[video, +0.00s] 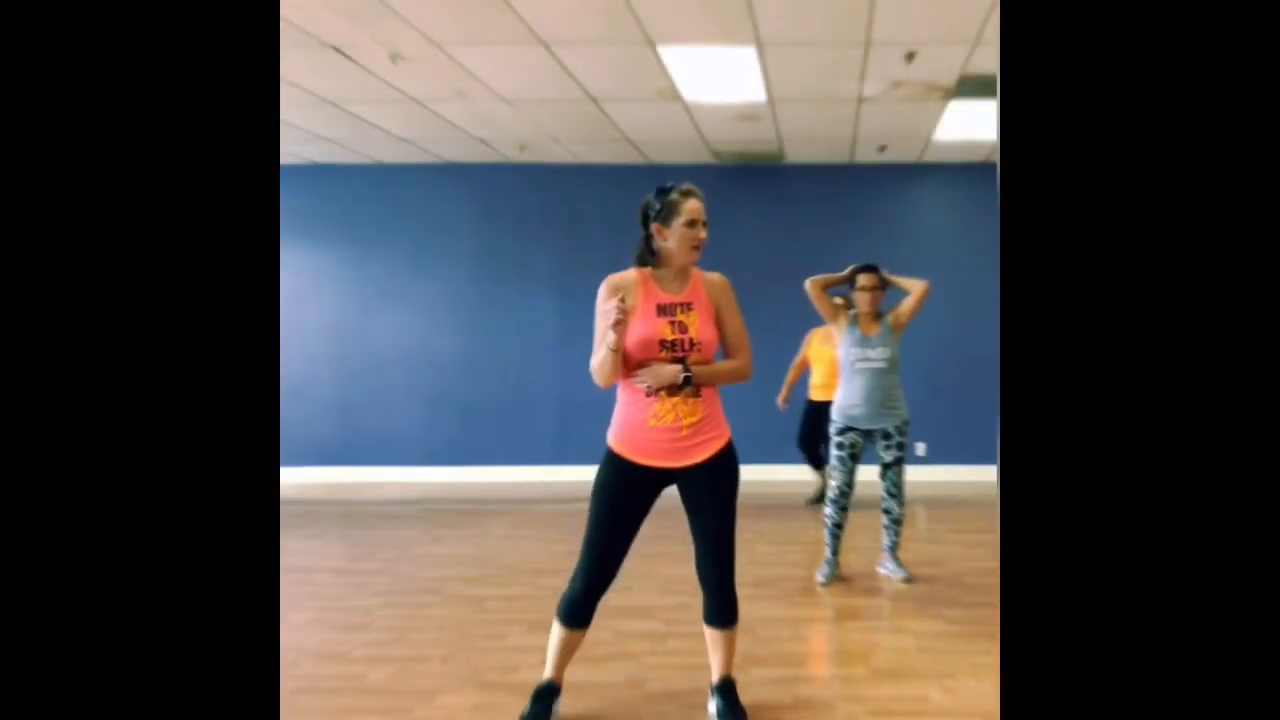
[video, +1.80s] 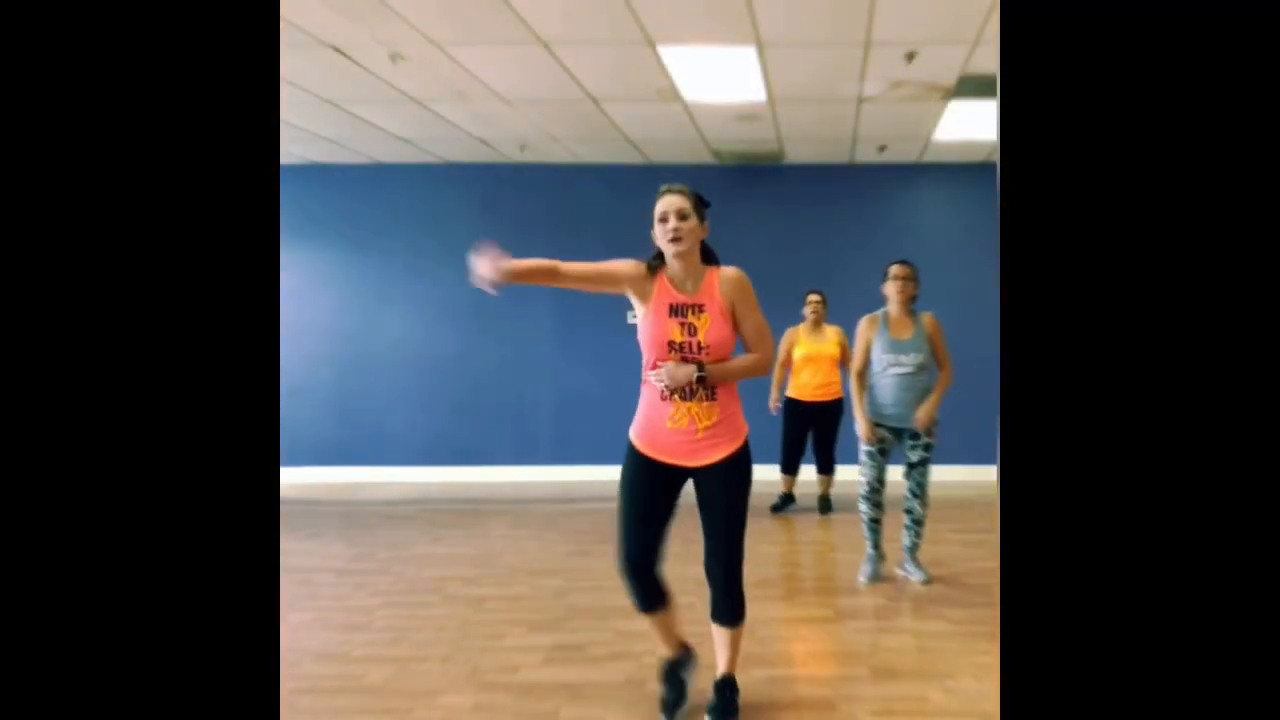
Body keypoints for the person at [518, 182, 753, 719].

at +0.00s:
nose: (703, 234)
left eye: (705, 224)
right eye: (692, 225)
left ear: (701, 231)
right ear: (658, 230)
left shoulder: (714, 287)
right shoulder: (619, 288)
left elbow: (742, 367)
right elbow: (604, 377)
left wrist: (684, 372)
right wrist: (612, 337)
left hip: (707, 451)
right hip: (633, 452)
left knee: (718, 576)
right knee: (591, 578)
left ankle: (723, 689)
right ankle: (548, 686)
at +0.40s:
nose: (644, 236)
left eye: (644, 226)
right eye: (634, 227)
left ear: (634, 233)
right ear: (599, 233)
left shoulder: (649, 295)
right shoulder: (555, 289)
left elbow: (667, 374)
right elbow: (528, 377)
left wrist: (620, 377)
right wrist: (557, 344)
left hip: (634, 457)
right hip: (560, 457)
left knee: (682, 572)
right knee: (556, 580)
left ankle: (714, 686)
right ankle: (545, 690)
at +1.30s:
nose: (631, 233)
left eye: (640, 223)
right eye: (621, 227)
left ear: (659, 227)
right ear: (610, 238)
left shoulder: (694, 286)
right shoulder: (603, 288)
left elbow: (724, 368)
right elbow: (556, 338)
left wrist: (656, 374)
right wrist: (595, 274)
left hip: (674, 453)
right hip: (602, 447)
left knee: (690, 578)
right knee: (575, 572)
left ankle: (718, 684)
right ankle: (547, 689)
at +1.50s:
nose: (656, 229)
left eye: (664, 218)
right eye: (646, 222)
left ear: (685, 221)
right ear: (637, 232)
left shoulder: (718, 278)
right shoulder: (631, 285)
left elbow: (753, 357)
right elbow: (575, 329)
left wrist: (687, 368)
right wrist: (612, 264)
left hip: (710, 444)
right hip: (642, 442)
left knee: (711, 572)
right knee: (605, 568)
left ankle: (722, 686)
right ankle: (586, 678)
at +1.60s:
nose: (664, 223)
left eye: (673, 212)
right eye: (654, 215)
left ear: (694, 215)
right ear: (645, 224)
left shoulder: (725, 271)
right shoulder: (637, 279)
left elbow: (760, 348)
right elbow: (568, 319)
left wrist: (693, 361)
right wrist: (610, 265)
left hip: (714, 439)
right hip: (647, 437)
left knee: (718, 568)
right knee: (632, 566)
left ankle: (722, 683)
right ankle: (657, 658)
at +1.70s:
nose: (670, 225)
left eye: (679, 215)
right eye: (661, 217)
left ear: (700, 221)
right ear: (651, 227)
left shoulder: (729, 274)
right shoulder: (639, 272)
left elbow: (764, 350)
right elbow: (560, 275)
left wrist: (697, 363)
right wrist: (559, 283)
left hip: (715, 442)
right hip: (649, 442)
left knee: (720, 567)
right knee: (668, 571)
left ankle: (725, 683)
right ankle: (696, 669)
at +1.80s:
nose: (672, 226)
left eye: (682, 217)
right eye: (663, 219)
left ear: (703, 225)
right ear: (654, 231)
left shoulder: (730, 283)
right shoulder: (640, 278)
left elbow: (763, 357)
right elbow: (559, 272)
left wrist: (700, 370)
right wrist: (502, 269)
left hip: (721, 445)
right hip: (654, 445)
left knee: (724, 569)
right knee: (636, 564)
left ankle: (726, 684)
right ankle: (677, 654)